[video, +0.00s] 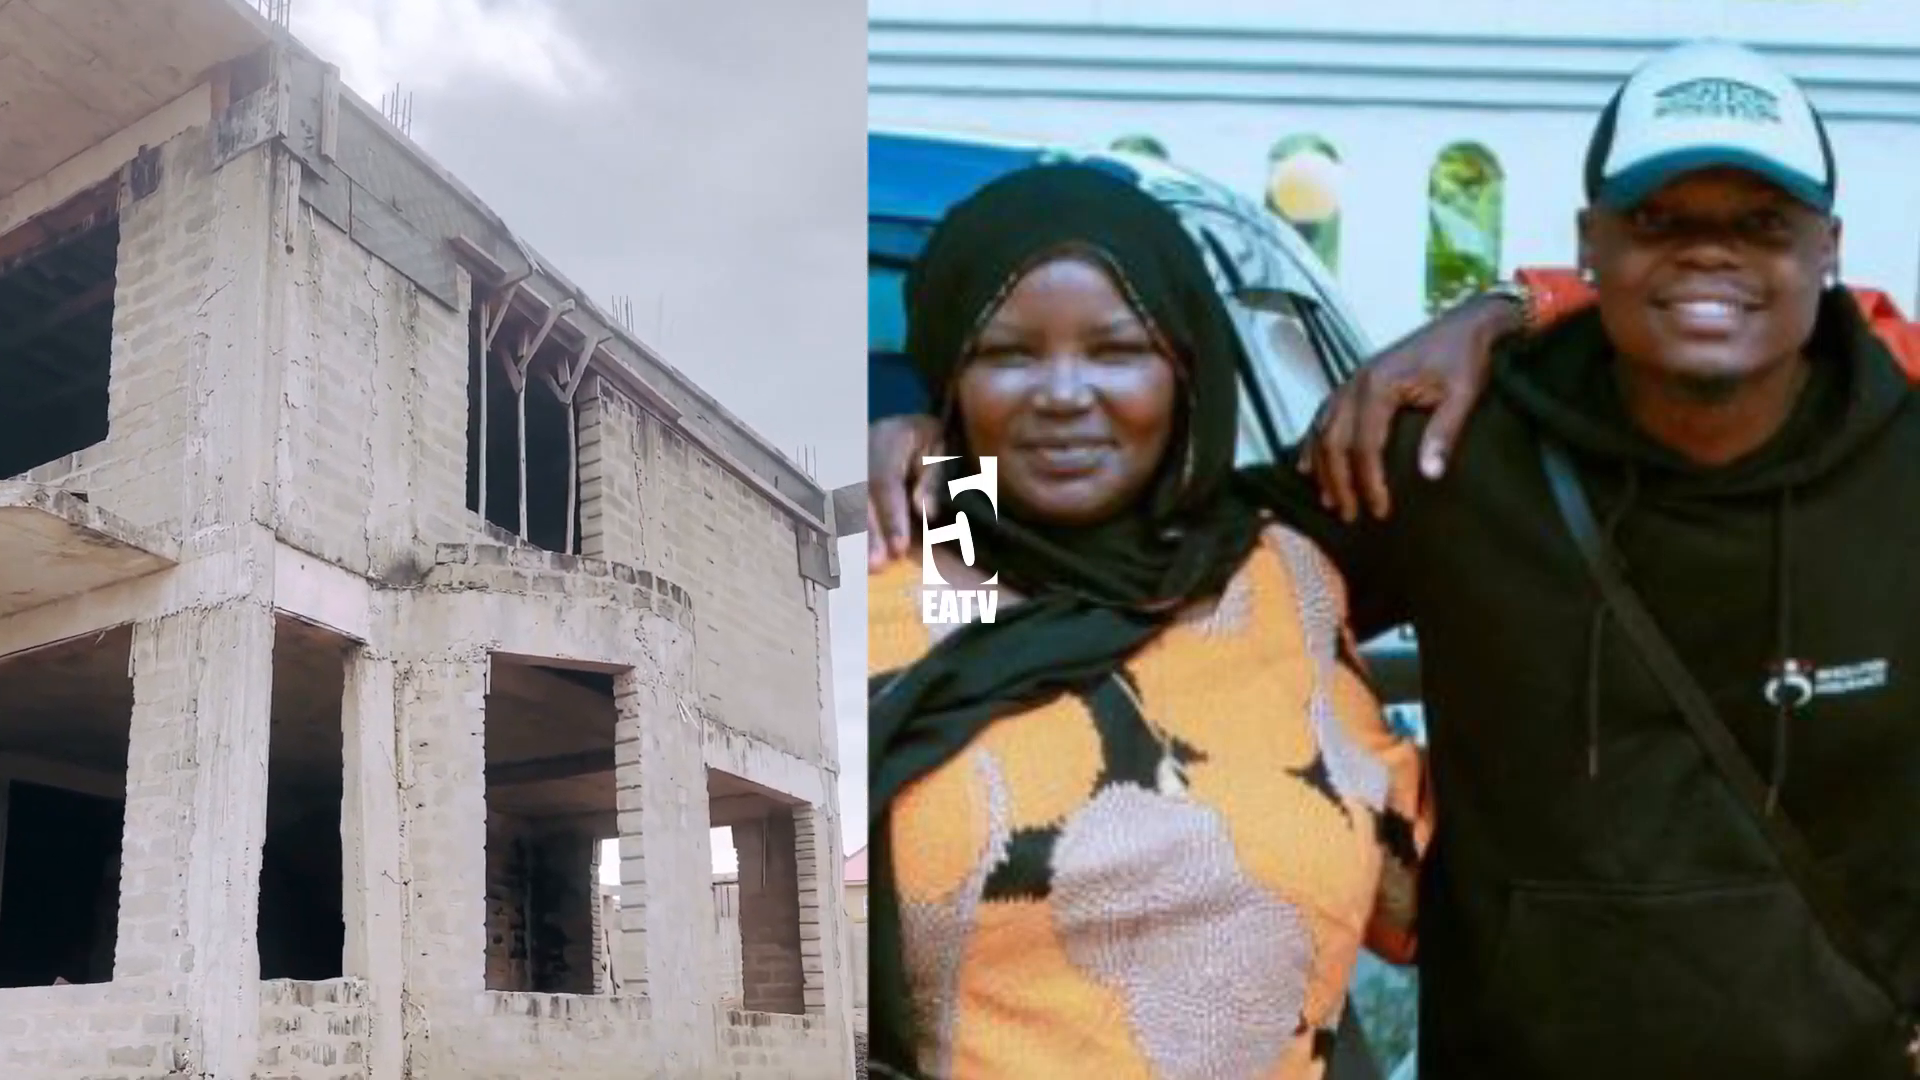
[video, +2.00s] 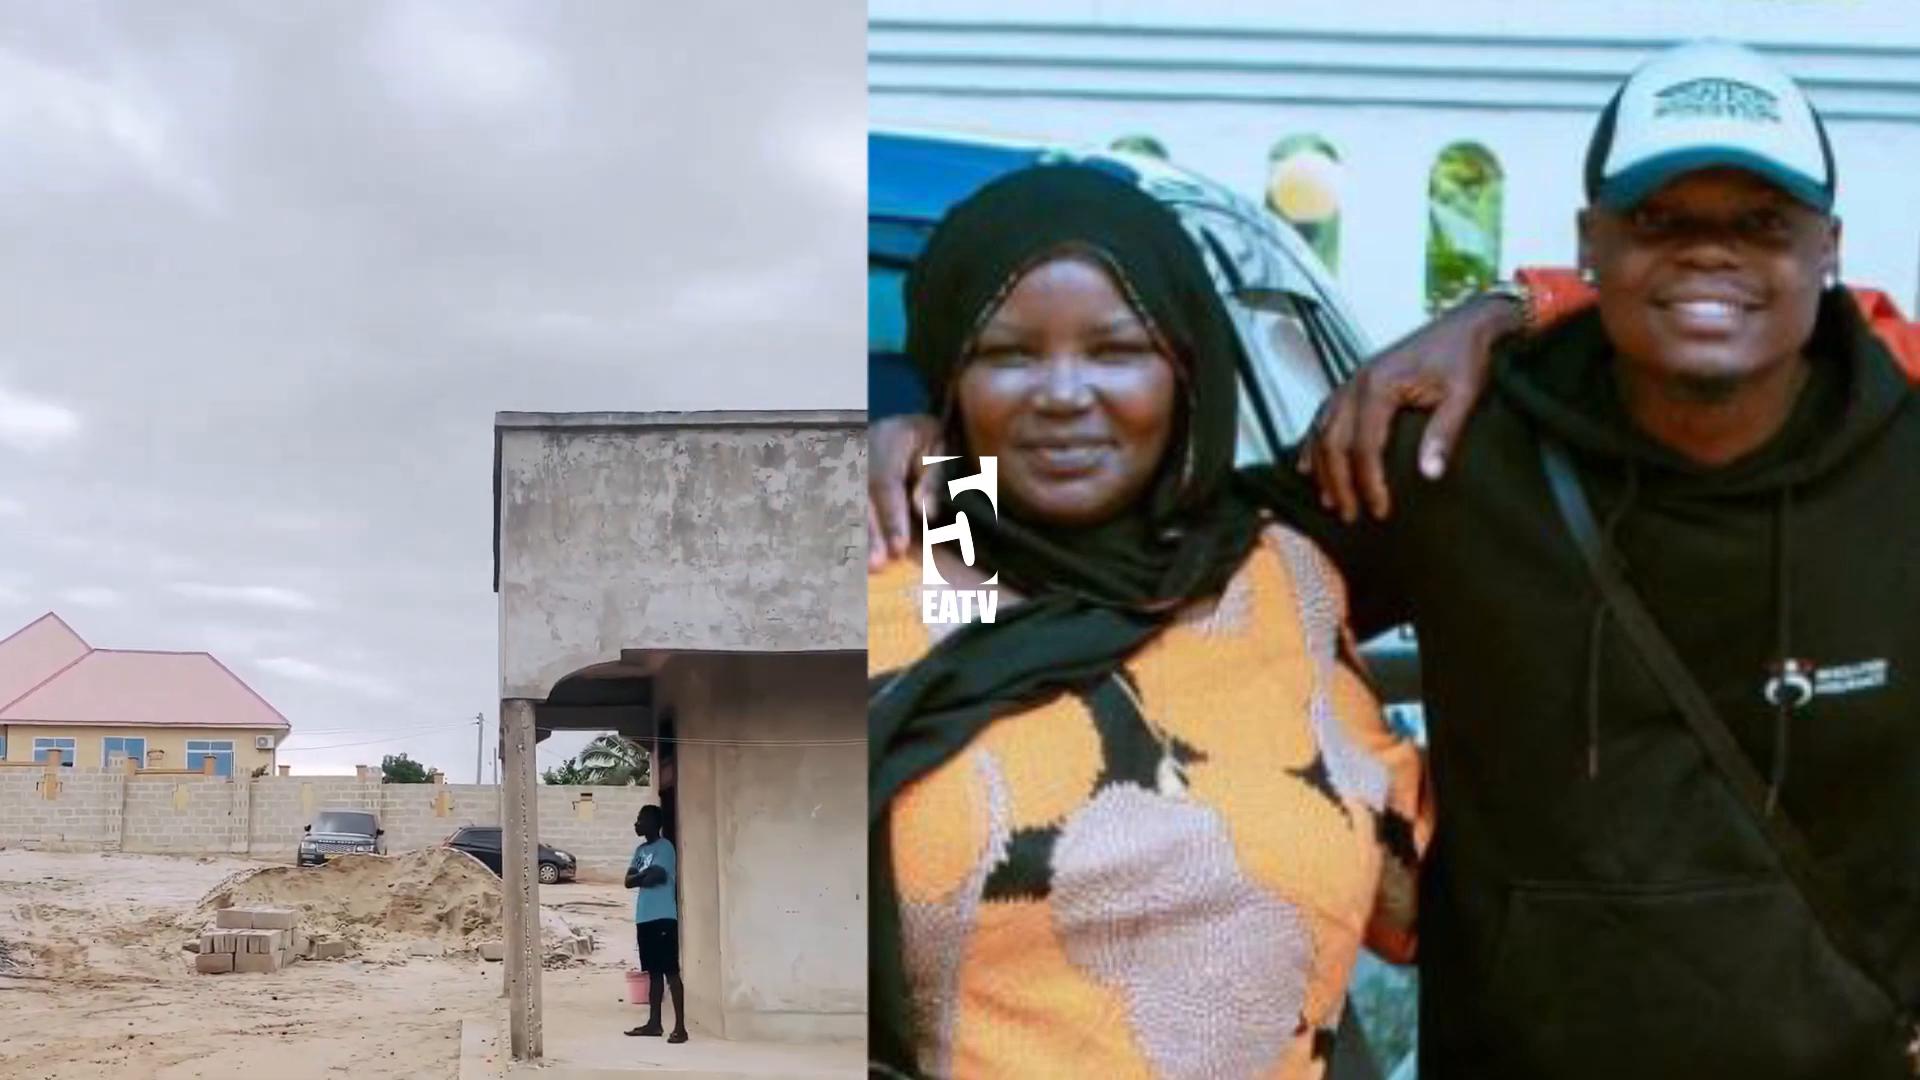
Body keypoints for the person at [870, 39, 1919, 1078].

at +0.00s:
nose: (1707, 252)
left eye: (1757, 220)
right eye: (1664, 215)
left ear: (1825, 250)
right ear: (1595, 242)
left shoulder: (1899, 445)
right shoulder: (1464, 447)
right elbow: (1174, 558)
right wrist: (954, 463)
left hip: (1849, 1037)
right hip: (1535, 1044)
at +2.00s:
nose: (1707, 252)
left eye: (1757, 220)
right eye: (1665, 215)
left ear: (1825, 251)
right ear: (1595, 242)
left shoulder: (1898, 444)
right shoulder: (1465, 447)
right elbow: (1176, 560)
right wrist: (954, 468)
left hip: (1848, 1038)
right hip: (1536, 1044)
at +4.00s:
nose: (1707, 251)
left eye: (1757, 218)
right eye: (1664, 214)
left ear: (1826, 250)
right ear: (1595, 241)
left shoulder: (1898, 444)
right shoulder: (1464, 449)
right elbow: (1175, 557)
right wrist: (964, 453)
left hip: (1848, 1037)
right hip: (1536, 1043)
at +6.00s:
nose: (1706, 250)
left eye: (1757, 219)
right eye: (1664, 214)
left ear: (1826, 250)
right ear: (1594, 241)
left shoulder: (1899, 446)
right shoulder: (1462, 449)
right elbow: (1167, 557)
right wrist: (953, 456)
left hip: (1850, 1039)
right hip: (1536, 1045)